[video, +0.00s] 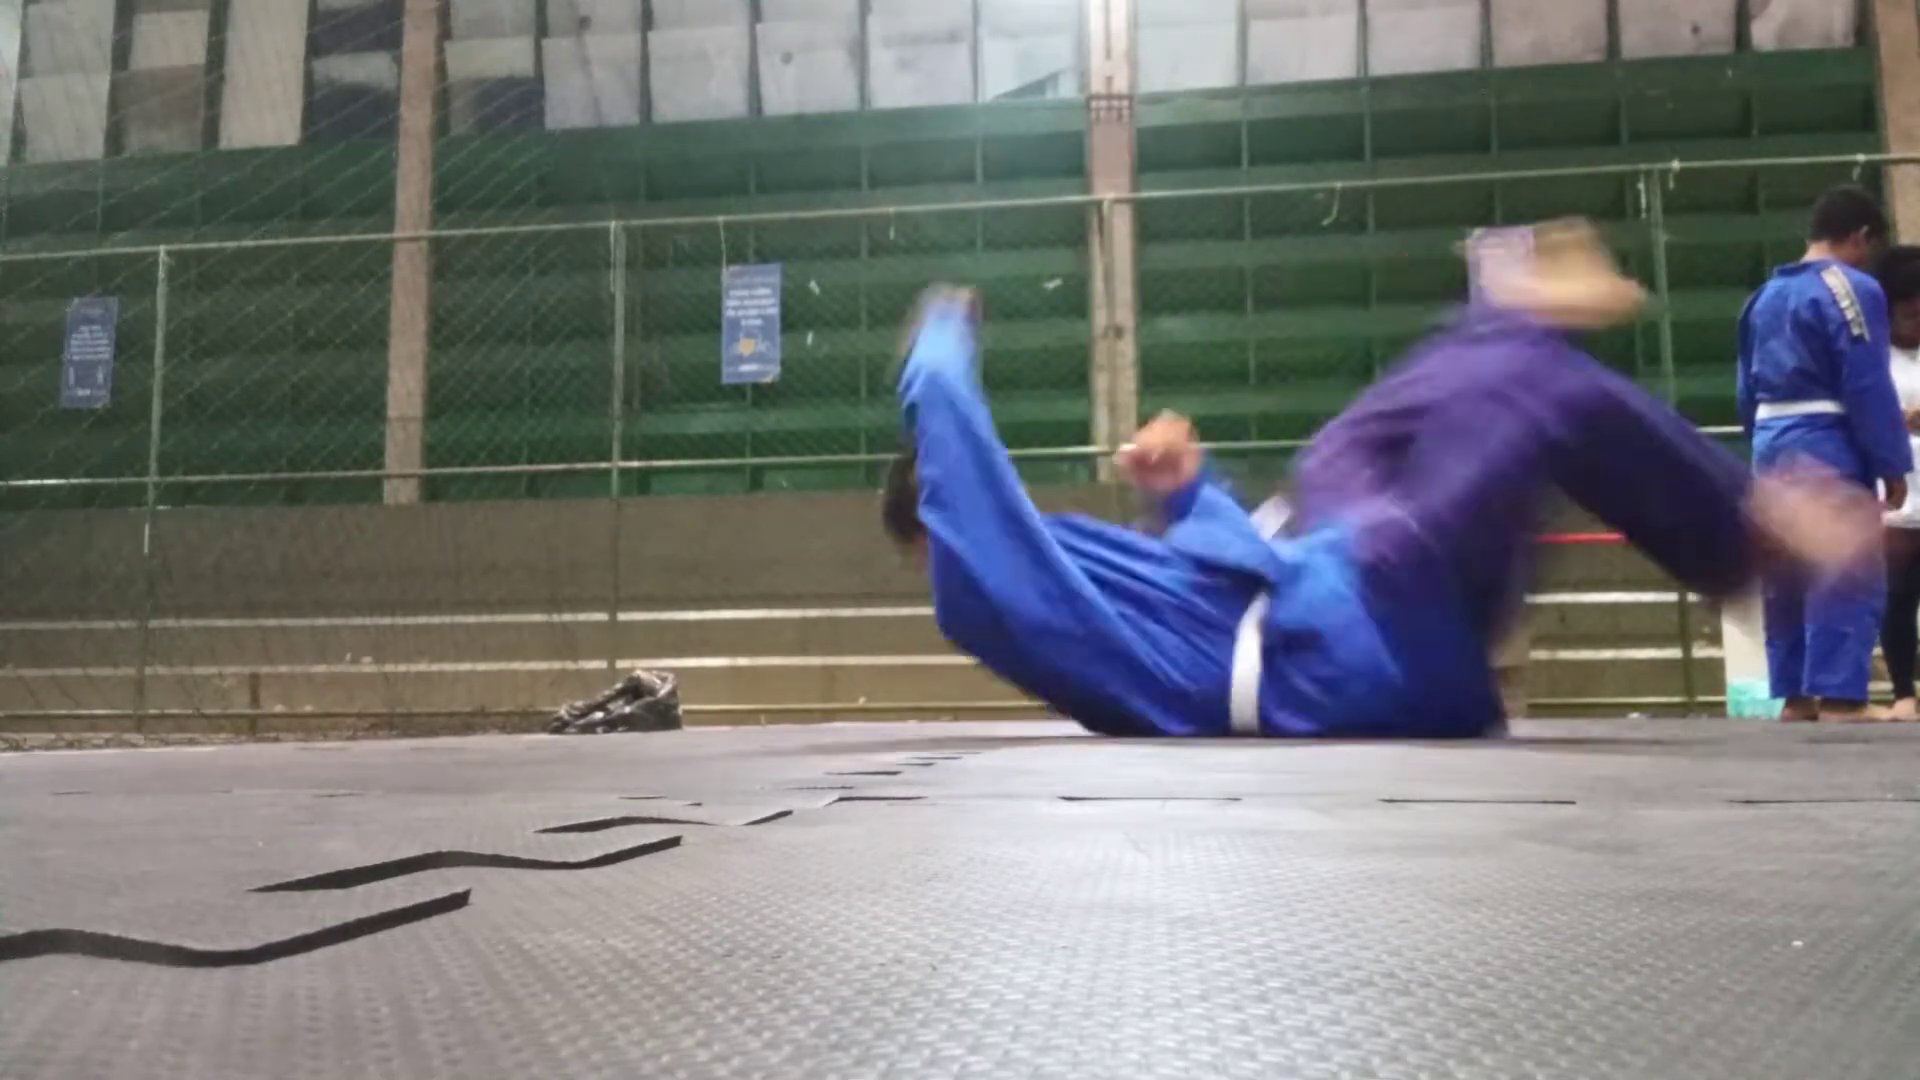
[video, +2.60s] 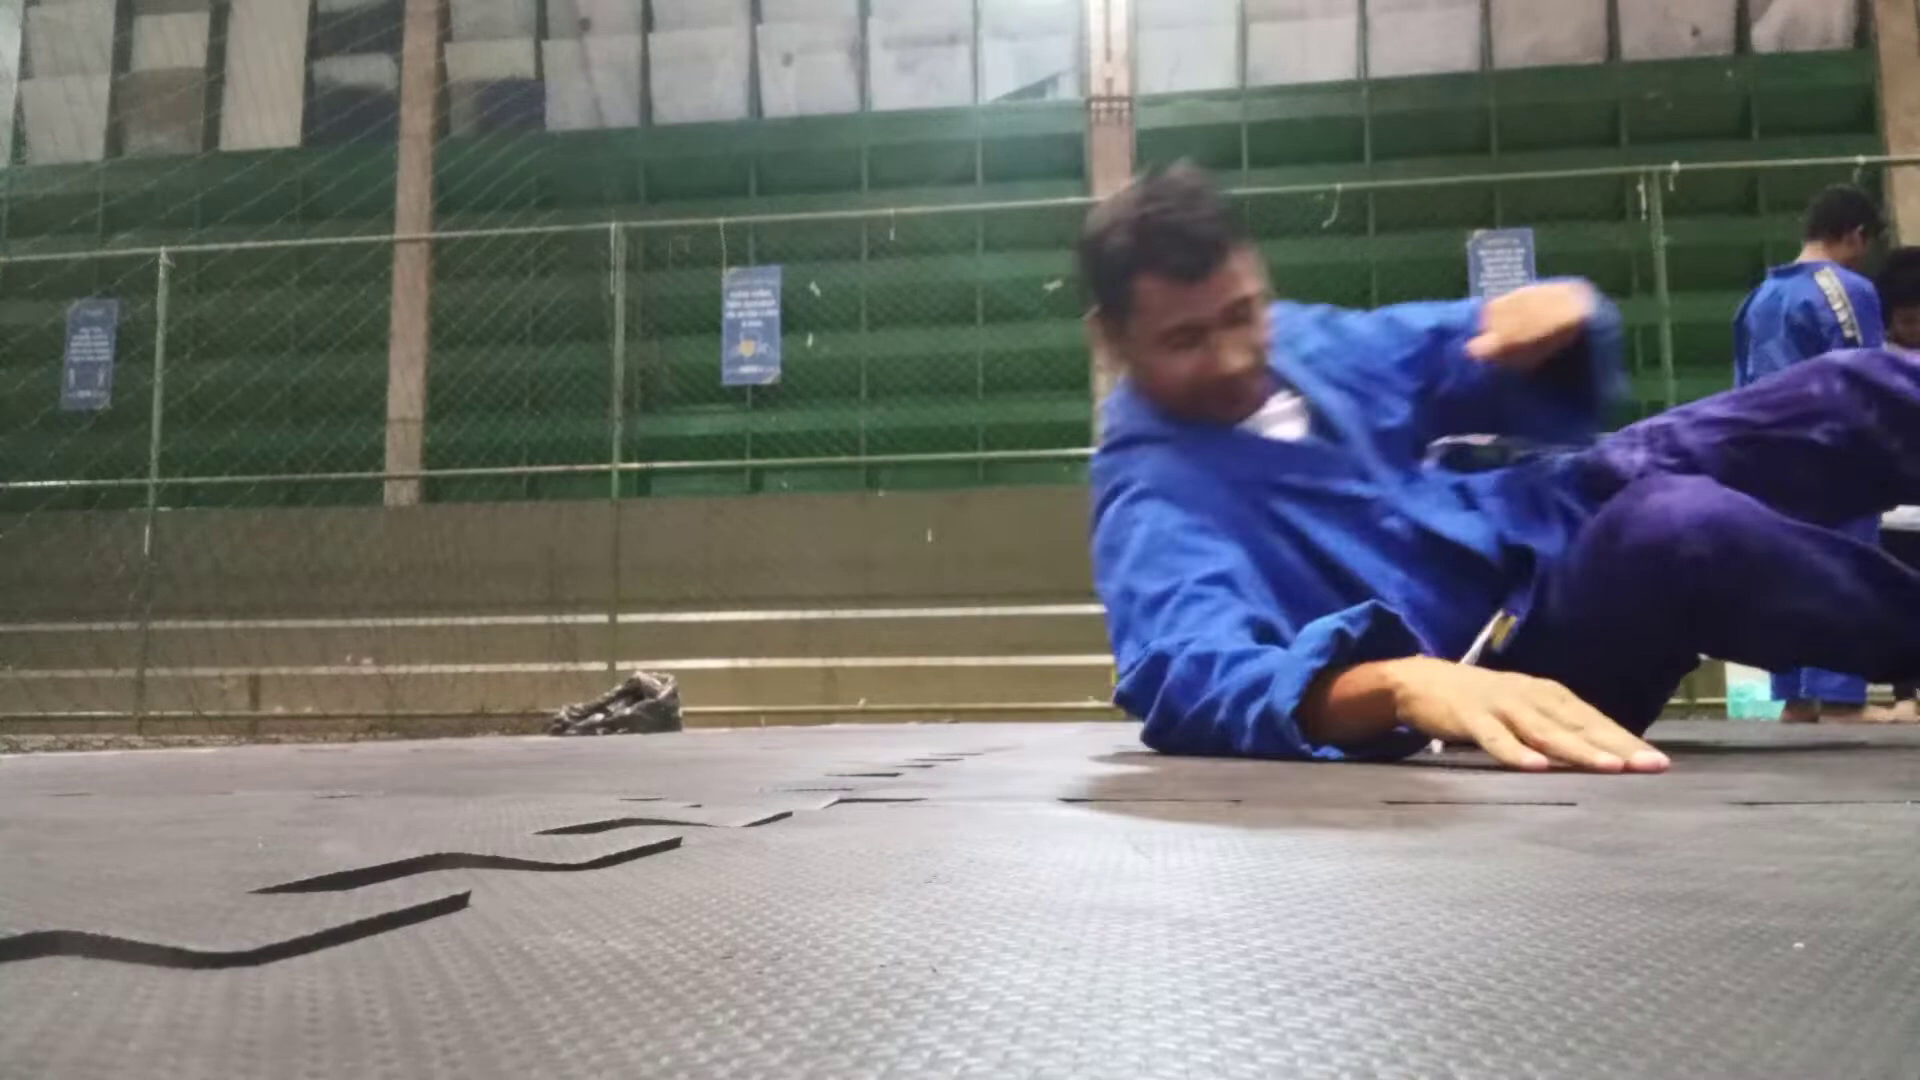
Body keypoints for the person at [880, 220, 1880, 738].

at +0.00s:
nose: (994, 491)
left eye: (987, 483)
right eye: (972, 488)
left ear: (951, 516)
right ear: (947, 506)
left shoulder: (1077, 571)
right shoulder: (995, 578)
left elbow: (1244, 575)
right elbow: (951, 438)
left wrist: (1186, 487)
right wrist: (937, 355)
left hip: (1362, 646)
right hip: (1327, 644)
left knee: (1476, 375)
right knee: (1535, 373)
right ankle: (1761, 536)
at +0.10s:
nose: (988, 424)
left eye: (989, 403)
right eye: (961, 427)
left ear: (1018, 411)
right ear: (940, 475)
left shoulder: (1125, 480)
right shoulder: (1006, 554)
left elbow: (1303, 480)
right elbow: (1013, 361)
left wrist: (1250, 410)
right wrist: (1028, 183)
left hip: (1411, 533)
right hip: (1403, 644)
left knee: (1549, 347)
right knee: (1680, 630)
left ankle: (1866, 316)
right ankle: (1902, 710)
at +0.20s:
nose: (1027, 407)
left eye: (1029, 375)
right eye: (993, 413)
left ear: (1072, 351)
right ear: (977, 454)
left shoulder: (1181, 410)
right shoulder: (1050, 541)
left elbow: (1383, 383)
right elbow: (1132, 444)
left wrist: (1308, 414)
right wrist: (1200, 247)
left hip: (1464, 507)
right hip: (1417, 652)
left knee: (1737, 350)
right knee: (1649, 668)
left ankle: (1908, 395)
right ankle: (1903, 707)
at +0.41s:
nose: (1115, 387)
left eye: (1111, 345)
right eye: (1070, 390)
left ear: (1135, 305)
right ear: (1035, 418)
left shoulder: (1254, 320)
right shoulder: (1114, 530)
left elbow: (1495, 303)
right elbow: (1190, 687)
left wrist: (1423, 396)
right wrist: (1378, 700)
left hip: (1576, 478)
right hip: (1511, 639)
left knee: (1822, 413)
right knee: (1706, 660)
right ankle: (1901, 699)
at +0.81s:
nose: (1024, 472)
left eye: (1018, 432)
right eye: (978, 478)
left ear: (1043, 409)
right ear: (937, 520)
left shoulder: (1146, 436)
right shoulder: (1070, 637)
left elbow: (1354, 373)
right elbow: (1246, 690)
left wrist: (1334, 493)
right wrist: (1455, 727)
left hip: (1491, 486)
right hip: (1486, 642)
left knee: (1723, 305)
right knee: (1761, 606)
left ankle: (1906, 313)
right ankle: (1901, 706)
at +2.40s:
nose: (1090, 425)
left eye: (1090, 388)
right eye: (1047, 422)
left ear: (1112, 360)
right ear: (998, 447)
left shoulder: (1187, 413)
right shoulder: (1079, 581)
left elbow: (1398, 379)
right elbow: (1183, 694)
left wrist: (1415, 396)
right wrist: (1390, 699)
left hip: (1521, 497)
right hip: (1487, 648)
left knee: (1784, 375)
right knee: (1737, 516)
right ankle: (1911, 638)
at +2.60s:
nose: (1230, 358)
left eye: (1241, 318)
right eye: (1185, 341)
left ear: (1263, 288)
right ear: (1112, 344)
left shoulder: (1302, 341)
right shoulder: (1150, 497)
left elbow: (1544, 383)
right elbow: (1195, 686)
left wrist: (1569, 323)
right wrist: (1400, 684)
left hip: (1571, 509)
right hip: (1506, 676)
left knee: (1862, 391)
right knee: (1680, 527)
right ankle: (1908, 630)